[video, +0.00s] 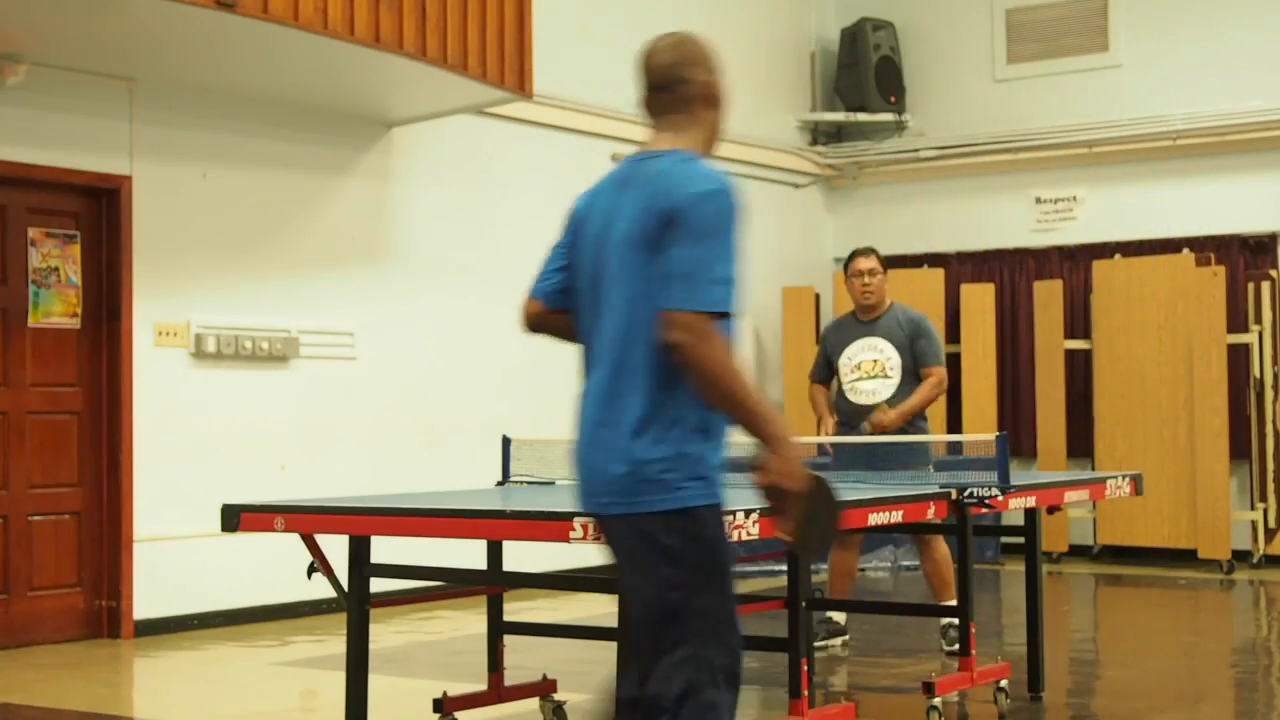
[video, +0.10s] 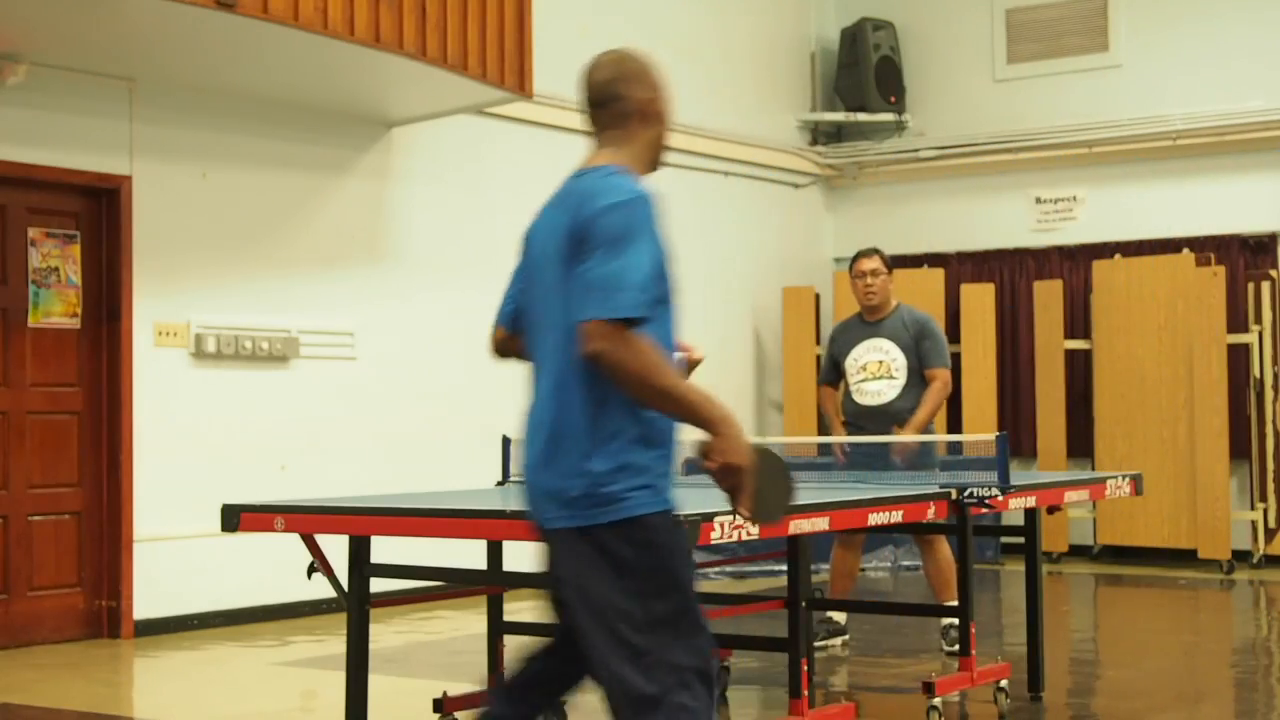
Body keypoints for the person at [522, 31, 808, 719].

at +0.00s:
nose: (723, 101)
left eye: (719, 89)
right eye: (719, 89)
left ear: (648, 100)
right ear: (709, 93)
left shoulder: (599, 196)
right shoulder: (701, 187)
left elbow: (543, 311)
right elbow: (686, 330)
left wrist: (638, 332)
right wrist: (776, 439)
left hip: (612, 476)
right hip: (666, 479)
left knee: (650, 659)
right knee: (705, 663)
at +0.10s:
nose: (669, 120)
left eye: (665, 106)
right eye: (665, 106)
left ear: (596, 114)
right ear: (649, 107)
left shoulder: (558, 208)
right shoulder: (619, 198)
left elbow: (509, 339)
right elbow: (605, 339)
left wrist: (648, 357)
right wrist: (719, 421)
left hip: (566, 490)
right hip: (615, 494)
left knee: (578, 646)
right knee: (676, 682)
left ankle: (498, 713)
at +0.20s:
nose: (617, 143)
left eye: (615, 128)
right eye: (613, 128)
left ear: (549, 130)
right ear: (590, 127)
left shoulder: (515, 219)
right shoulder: (552, 217)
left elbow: (479, 357)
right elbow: (547, 355)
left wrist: (604, 363)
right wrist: (672, 411)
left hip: (499, 499)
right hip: (544, 505)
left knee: (473, 661)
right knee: (618, 691)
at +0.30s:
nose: (571, 149)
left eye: (571, 134)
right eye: (568, 133)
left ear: (508, 131)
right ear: (540, 132)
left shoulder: (482, 209)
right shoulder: (498, 214)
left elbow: (482, 347)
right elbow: (509, 356)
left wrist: (560, 358)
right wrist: (633, 408)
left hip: (455, 490)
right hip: (472, 494)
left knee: (421, 685)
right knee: (543, 678)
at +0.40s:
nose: (531, 137)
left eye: (531, 121)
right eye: (527, 119)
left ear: (476, 113)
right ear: (490, 111)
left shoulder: (440, 193)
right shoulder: (446, 196)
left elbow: (460, 334)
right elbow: (465, 336)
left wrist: (539, 354)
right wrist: (584, 378)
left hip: (422, 467)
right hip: (425, 470)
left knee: (420, 648)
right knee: (484, 634)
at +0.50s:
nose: (493, 138)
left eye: (496, 123)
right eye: (492, 121)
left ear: (440, 112)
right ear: (458, 111)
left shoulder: (406, 191)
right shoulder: (400, 191)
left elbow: (399, 329)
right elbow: (405, 324)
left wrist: (479, 367)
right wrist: (532, 352)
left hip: (403, 478)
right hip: (392, 481)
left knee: (394, 664)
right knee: (400, 665)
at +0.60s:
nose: (465, 139)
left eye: (464, 125)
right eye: (460, 124)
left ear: (416, 121)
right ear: (429, 120)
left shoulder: (392, 203)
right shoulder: (358, 195)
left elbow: (371, 337)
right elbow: (340, 324)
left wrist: (440, 384)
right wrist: (465, 356)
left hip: (395, 493)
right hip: (348, 495)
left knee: (396, 669)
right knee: (348, 668)